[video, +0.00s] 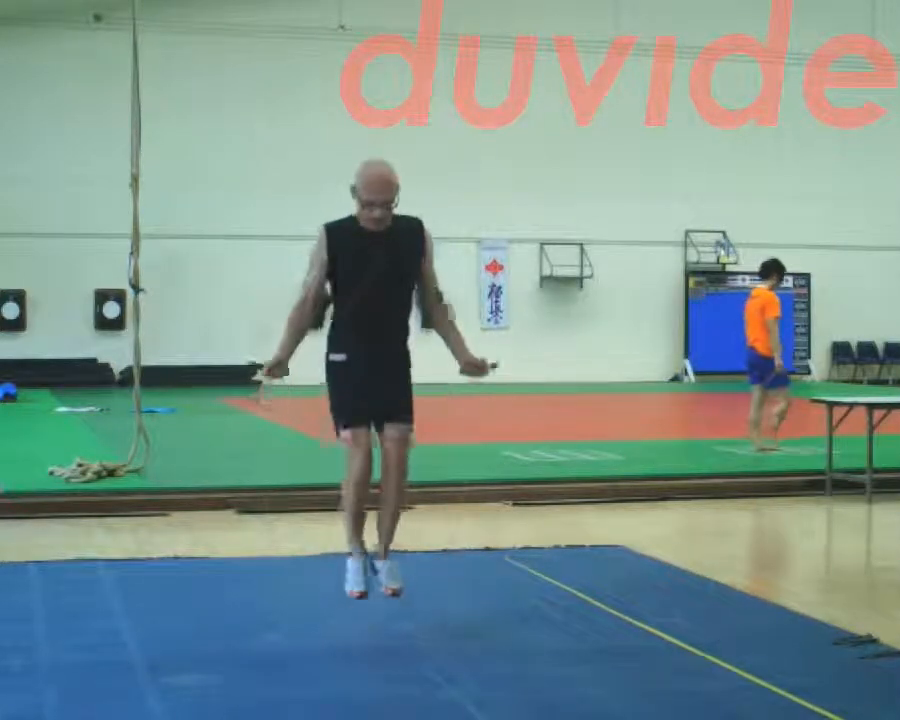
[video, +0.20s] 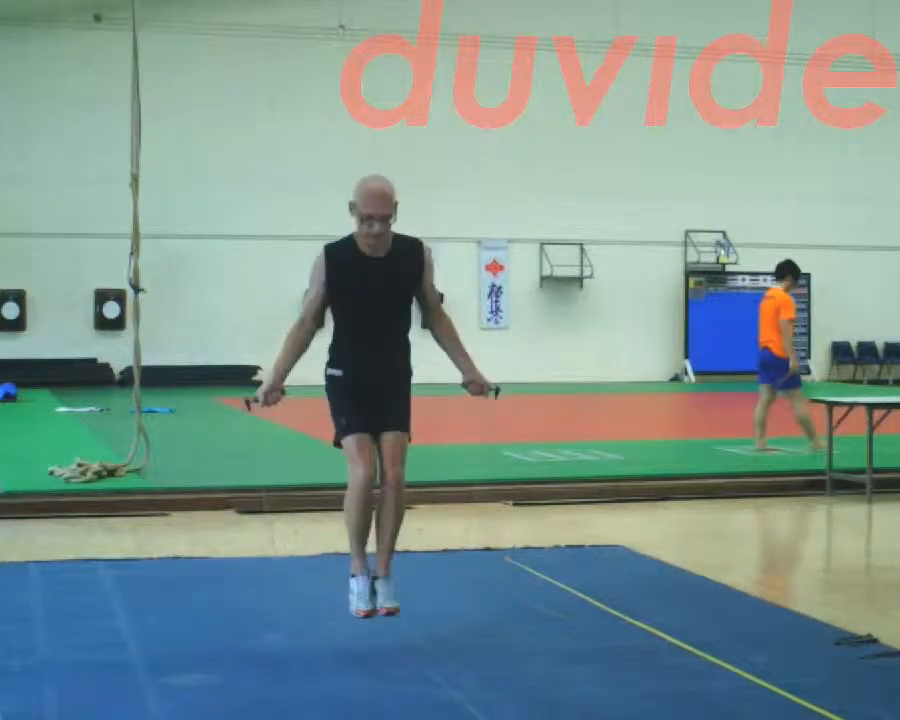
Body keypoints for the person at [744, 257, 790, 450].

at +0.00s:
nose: (780, 281)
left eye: (781, 277)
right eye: (780, 277)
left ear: (763, 275)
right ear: (775, 276)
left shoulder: (753, 295)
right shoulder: (770, 298)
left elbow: (751, 326)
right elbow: (772, 328)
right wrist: (778, 357)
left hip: (753, 351)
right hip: (766, 354)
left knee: (758, 397)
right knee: (784, 398)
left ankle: (757, 439)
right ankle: (770, 435)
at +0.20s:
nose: (796, 284)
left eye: (796, 280)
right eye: (795, 280)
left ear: (778, 277)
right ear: (790, 278)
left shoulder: (768, 297)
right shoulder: (785, 299)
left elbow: (765, 326)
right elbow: (786, 327)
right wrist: (792, 357)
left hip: (765, 351)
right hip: (780, 353)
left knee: (765, 398)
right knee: (798, 400)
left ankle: (759, 441)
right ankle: (815, 441)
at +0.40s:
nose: (811, 282)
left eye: (811, 278)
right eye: (811, 278)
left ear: (792, 277)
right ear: (805, 277)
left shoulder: (781, 299)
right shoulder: (805, 300)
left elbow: (779, 329)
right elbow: (808, 327)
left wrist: (778, 353)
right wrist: (813, 356)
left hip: (782, 351)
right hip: (799, 353)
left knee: (785, 395)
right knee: (807, 399)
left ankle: (765, 438)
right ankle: (817, 441)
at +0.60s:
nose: (821, 279)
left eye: (820, 276)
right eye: (820, 276)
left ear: (800, 275)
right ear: (817, 276)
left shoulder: (791, 298)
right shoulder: (816, 299)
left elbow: (785, 330)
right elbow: (823, 326)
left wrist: (782, 355)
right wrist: (831, 344)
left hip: (791, 349)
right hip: (809, 351)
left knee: (799, 393)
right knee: (813, 398)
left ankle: (782, 430)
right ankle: (817, 442)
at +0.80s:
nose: (824, 281)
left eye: (824, 277)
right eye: (824, 277)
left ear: (804, 275)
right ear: (820, 277)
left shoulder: (796, 298)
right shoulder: (818, 299)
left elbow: (792, 330)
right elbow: (825, 326)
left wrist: (789, 355)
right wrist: (839, 349)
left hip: (796, 351)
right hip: (813, 351)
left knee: (800, 395)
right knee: (815, 398)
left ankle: (795, 438)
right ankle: (817, 442)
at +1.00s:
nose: (824, 280)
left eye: (824, 276)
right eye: (823, 276)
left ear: (804, 275)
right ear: (819, 276)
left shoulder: (798, 296)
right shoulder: (818, 299)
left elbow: (797, 323)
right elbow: (822, 325)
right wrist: (831, 348)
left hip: (798, 348)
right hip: (814, 350)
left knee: (801, 395)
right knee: (816, 397)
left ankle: (796, 438)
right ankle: (817, 442)